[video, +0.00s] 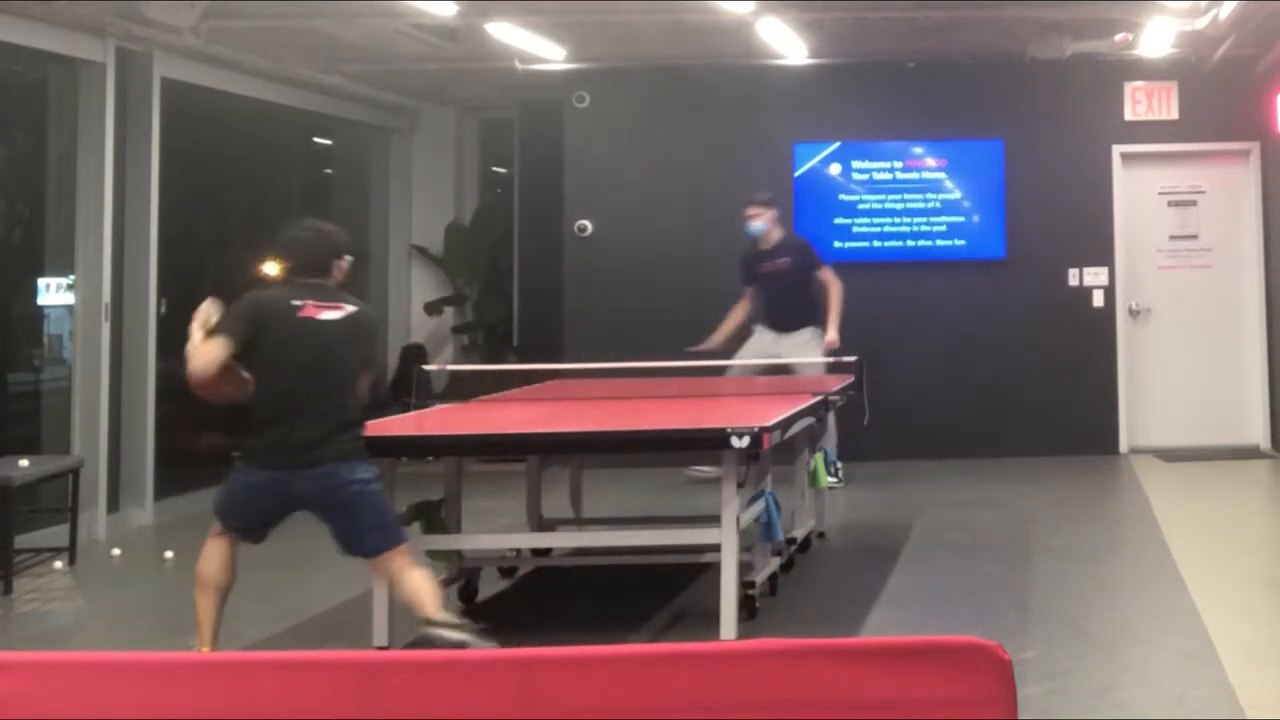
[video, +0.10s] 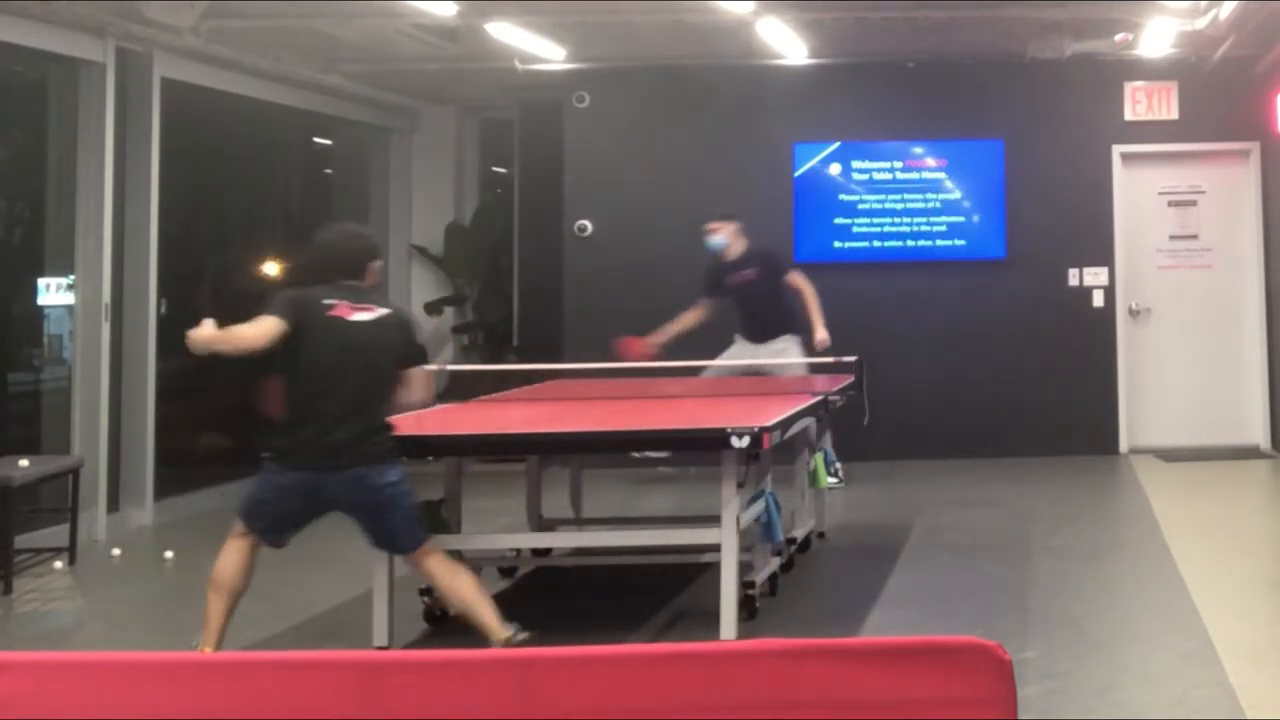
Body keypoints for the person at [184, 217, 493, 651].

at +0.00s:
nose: (349, 266)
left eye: (346, 258)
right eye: (346, 259)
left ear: (286, 263)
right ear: (336, 265)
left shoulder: (259, 305)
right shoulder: (361, 317)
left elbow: (201, 371)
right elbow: (363, 390)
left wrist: (199, 327)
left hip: (267, 467)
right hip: (340, 467)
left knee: (223, 536)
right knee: (396, 557)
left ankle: (204, 649)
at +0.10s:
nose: (380, 269)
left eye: (377, 261)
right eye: (378, 262)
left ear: (319, 264)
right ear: (371, 271)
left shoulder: (298, 303)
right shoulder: (393, 320)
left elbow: (257, 338)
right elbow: (418, 393)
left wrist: (210, 338)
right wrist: (370, 404)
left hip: (300, 465)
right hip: (370, 467)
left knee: (245, 535)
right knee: (426, 554)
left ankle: (207, 649)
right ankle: (503, 634)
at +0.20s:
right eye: (414, 251)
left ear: (364, 248)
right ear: (414, 255)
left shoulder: (341, 293)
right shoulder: (441, 301)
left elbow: (304, 351)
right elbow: (475, 375)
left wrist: (254, 345)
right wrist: (428, 391)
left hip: (340, 454)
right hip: (410, 454)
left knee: (272, 543)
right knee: (455, 548)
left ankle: (211, 649)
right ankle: (516, 640)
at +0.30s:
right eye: (453, 223)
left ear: (399, 226)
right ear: (452, 229)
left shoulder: (368, 274)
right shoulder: (481, 280)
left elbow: (328, 345)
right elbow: (525, 341)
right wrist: (473, 357)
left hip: (364, 439)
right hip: (434, 441)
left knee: (293, 542)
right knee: (468, 536)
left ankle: (219, 646)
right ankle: (514, 636)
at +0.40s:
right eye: (469, 202)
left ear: (419, 204)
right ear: (472, 207)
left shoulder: (386, 255)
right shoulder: (495, 262)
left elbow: (340, 329)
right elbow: (552, 317)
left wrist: (392, 342)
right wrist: (507, 346)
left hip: (377, 421)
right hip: (449, 423)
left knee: (316, 526)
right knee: (479, 526)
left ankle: (272, 650)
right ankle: (515, 638)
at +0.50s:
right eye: (478, 192)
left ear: (425, 197)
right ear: (479, 198)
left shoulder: (389, 248)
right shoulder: (502, 254)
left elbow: (350, 323)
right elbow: (552, 316)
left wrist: (400, 337)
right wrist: (507, 344)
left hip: (386, 416)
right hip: (459, 416)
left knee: (341, 521)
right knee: (485, 524)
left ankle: (347, 639)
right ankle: (516, 638)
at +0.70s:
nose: (398, 197)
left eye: (404, 190)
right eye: (401, 188)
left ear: (417, 201)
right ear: (461, 200)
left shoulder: (391, 259)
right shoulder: (489, 253)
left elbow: (370, 348)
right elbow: (508, 329)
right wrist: (464, 344)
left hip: (403, 432)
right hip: (465, 424)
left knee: (372, 545)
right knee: (478, 525)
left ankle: (430, 659)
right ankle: (518, 637)